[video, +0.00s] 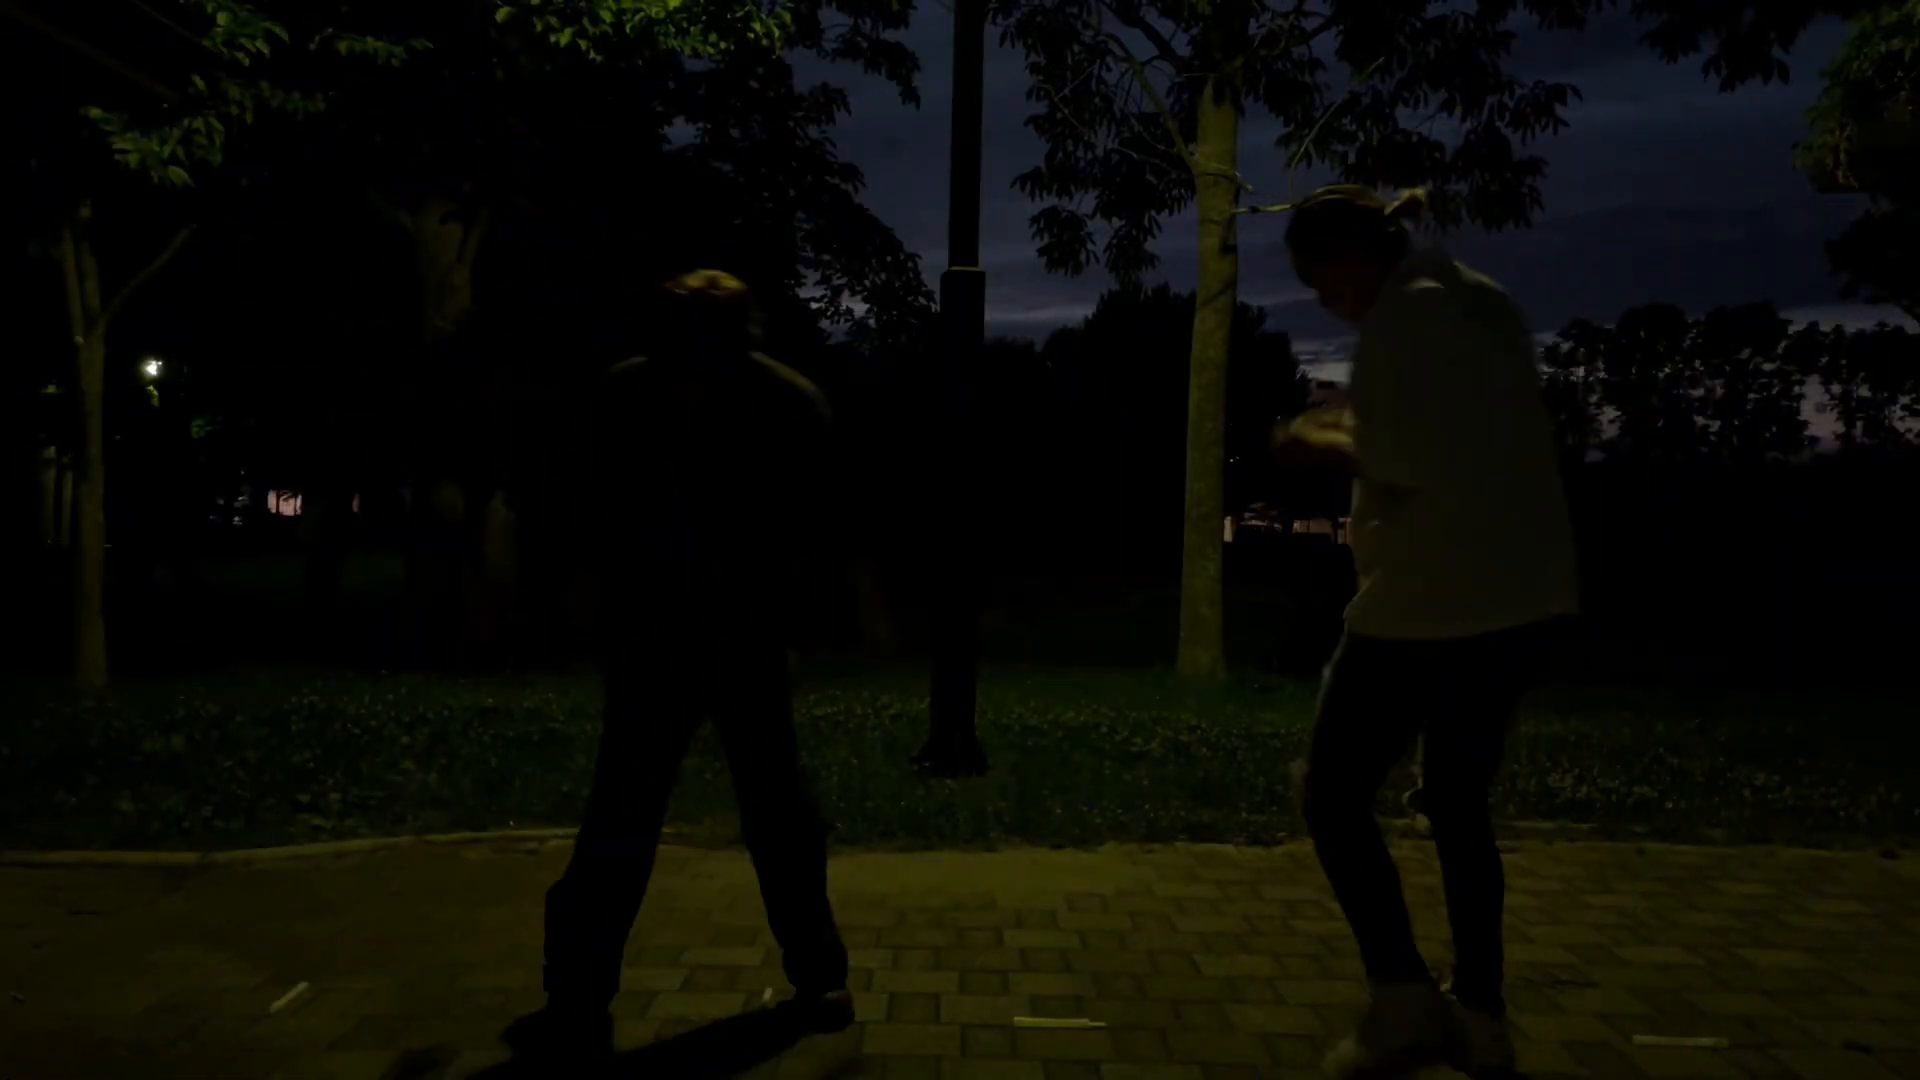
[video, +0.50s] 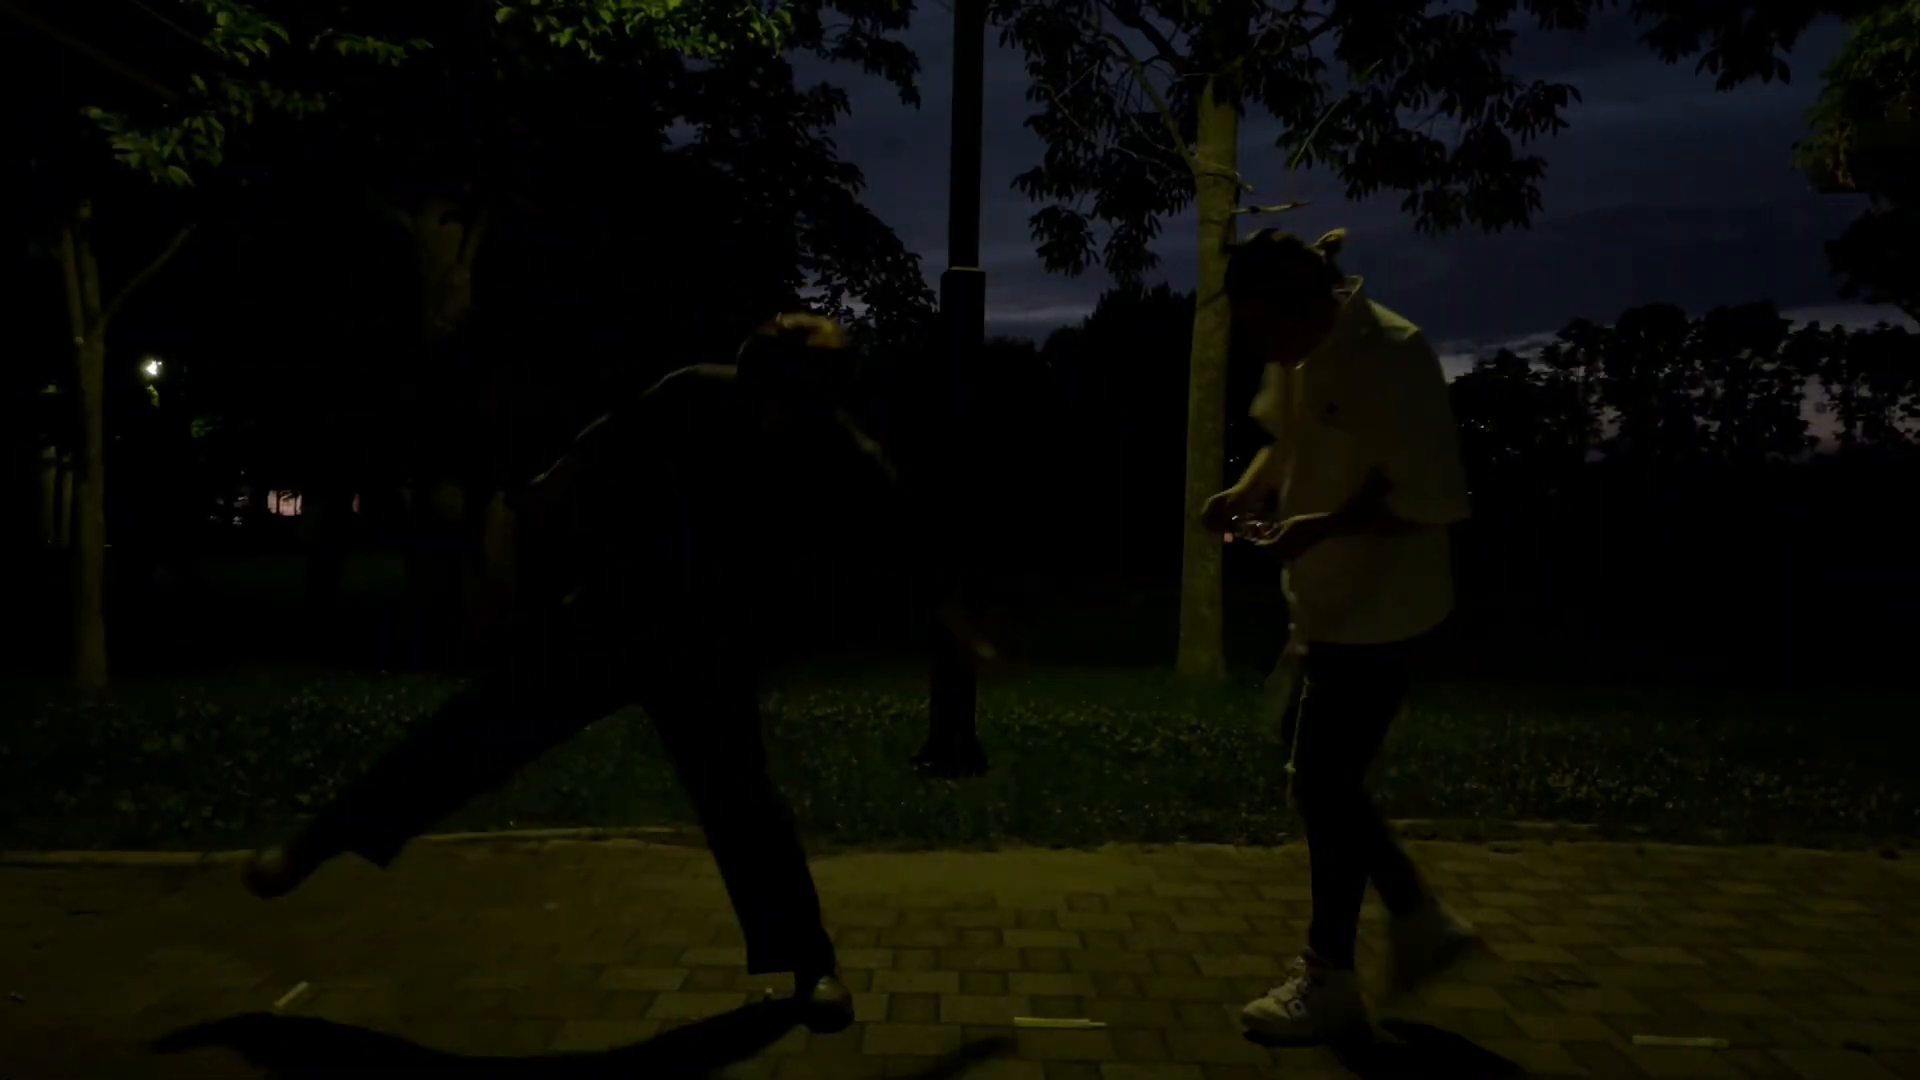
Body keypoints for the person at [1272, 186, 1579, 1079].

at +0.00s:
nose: (1324, 303)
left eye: (1323, 283)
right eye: (1316, 286)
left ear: (1353, 260)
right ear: (1392, 240)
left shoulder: (1395, 327)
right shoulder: (1488, 306)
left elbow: (1398, 465)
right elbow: (1477, 446)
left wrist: (1323, 441)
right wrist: (1352, 432)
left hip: (1417, 611)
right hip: (1510, 605)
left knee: (1333, 799)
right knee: (1459, 803)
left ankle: (1399, 1005)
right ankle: (1481, 1015)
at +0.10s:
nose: (1310, 304)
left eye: (1309, 284)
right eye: (1302, 288)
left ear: (1341, 261)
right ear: (1371, 246)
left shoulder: (1408, 322)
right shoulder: (1450, 305)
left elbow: (1418, 462)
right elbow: (1441, 456)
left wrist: (1320, 461)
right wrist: (1344, 454)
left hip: (1422, 605)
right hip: (1496, 600)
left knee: (1323, 783)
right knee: (1459, 800)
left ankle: (1386, 1003)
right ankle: (1480, 1013)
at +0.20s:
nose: (1291, 311)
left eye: (1291, 290)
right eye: (1282, 295)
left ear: (1329, 266)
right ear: (1346, 259)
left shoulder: (1409, 322)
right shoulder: (1406, 318)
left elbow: (1414, 462)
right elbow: (1389, 448)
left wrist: (1312, 479)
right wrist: (1306, 469)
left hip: (1411, 611)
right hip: (1454, 607)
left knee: (1331, 787)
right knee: (1449, 802)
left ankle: (1344, 986)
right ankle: (1477, 1009)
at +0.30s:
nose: (1276, 315)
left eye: (1277, 295)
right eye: (1268, 299)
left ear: (1314, 273)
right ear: (1324, 268)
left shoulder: (1410, 331)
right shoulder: (1366, 334)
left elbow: (1416, 484)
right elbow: (1356, 455)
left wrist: (1305, 503)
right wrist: (1281, 478)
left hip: (1407, 620)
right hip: (1399, 615)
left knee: (1332, 786)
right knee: (1427, 799)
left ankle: (1327, 981)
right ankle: (1474, 1004)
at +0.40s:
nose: (1264, 322)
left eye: (1269, 302)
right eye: (1258, 306)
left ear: (1307, 285)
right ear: (1301, 286)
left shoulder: (1400, 345)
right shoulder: (1331, 346)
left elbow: (1434, 488)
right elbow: (1320, 451)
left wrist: (1321, 516)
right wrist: (1261, 490)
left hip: (1396, 623)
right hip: (1354, 620)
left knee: (1337, 789)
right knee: (1381, 793)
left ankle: (1328, 982)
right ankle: (1465, 993)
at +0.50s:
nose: (1262, 340)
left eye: (1267, 322)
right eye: (1254, 324)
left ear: (1300, 303)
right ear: (1274, 309)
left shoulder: (1392, 354)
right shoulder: (1303, 350)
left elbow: (1430, 497)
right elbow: (1288, 445)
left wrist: (1319, 526)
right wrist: (1242, 496)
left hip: (1386, 615)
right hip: (1328, 611)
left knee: (1328, 781)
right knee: (1320, 776)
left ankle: (1329, 979)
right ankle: (1421, 922)